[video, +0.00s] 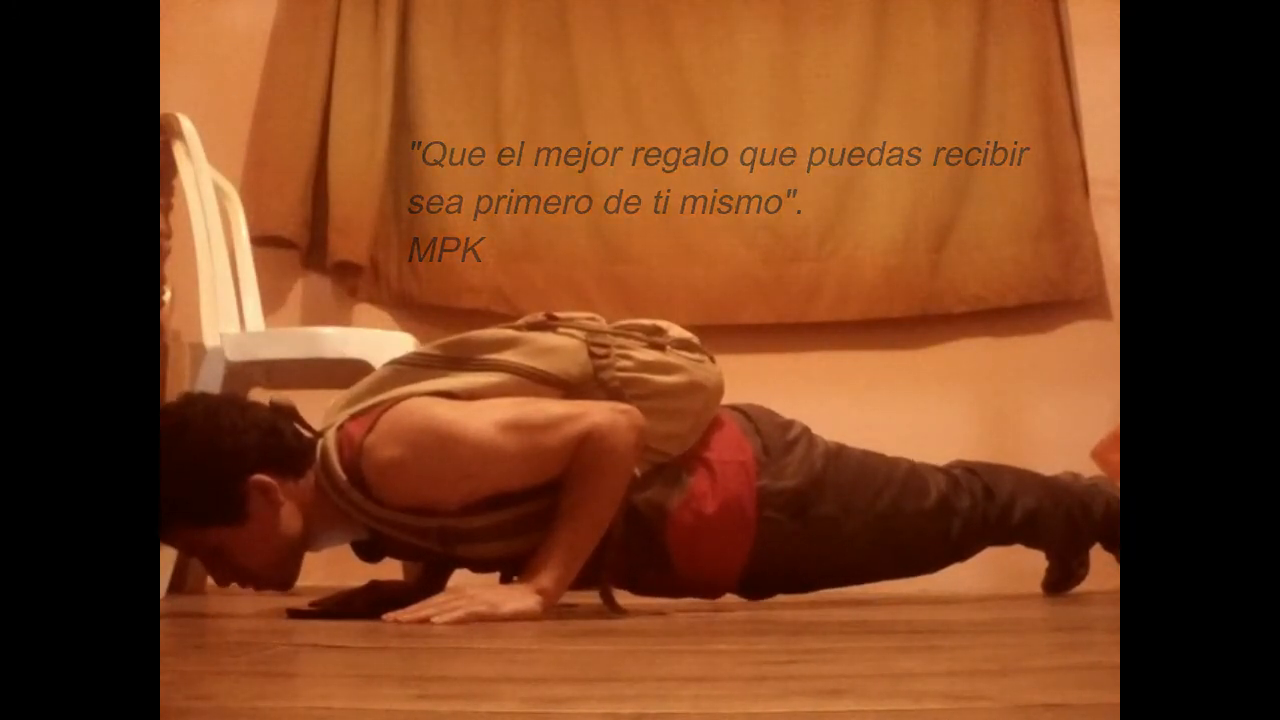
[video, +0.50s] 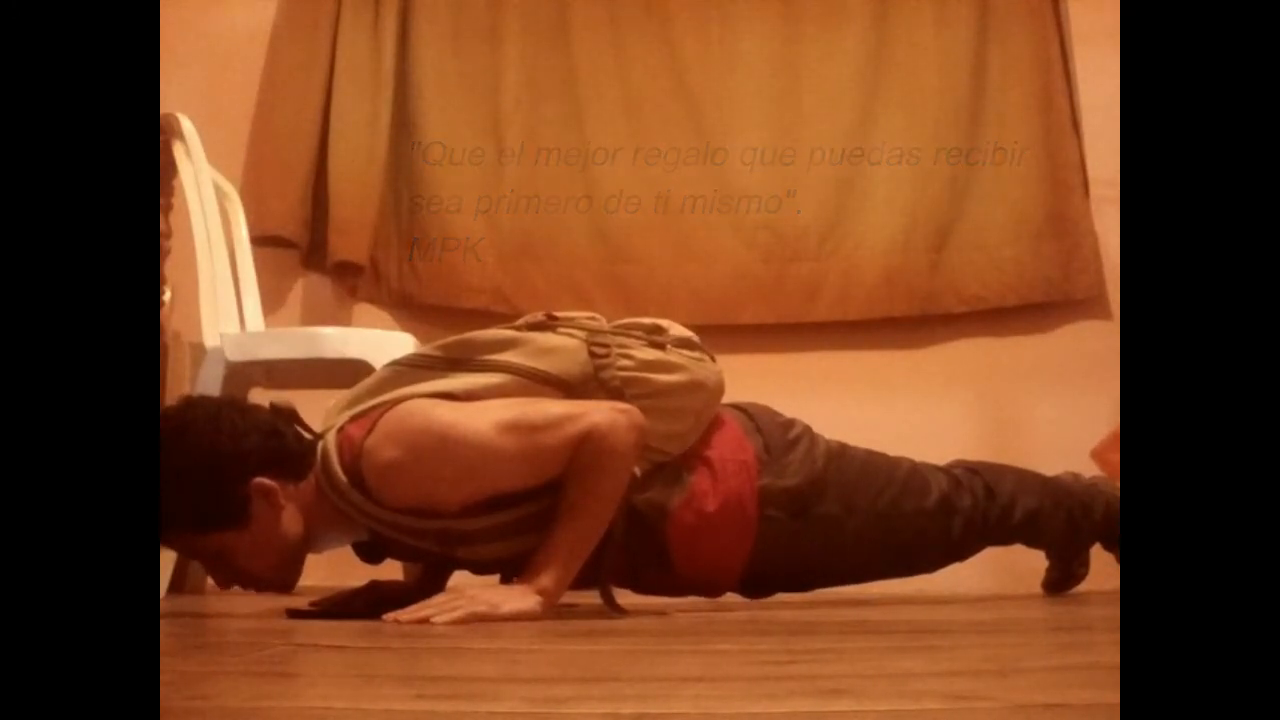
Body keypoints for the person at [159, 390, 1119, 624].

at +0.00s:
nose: (211, 577)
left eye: (206, 551)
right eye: (194, 559)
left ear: (261, 496)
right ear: (259, 482)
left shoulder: (395, 454)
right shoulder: (354, 460)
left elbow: (609, 438)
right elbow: (476, 529)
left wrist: (539, 590)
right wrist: (391, 586)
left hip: (738, 496)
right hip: (712, 501)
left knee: (947, 508)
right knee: (926, 506)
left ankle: (1096, 506)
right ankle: (1080, 504)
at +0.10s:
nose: (212, 577)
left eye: (207, 551)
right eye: (195, 559)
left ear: (261, 495)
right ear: (259, 482)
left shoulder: (394, 455)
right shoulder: (354, 459)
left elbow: (610, 438)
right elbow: (477, 528)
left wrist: (540, 590)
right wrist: (391, 586)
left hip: (737, 497)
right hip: (713, 499)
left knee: (947, 509)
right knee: (926, 506)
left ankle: (1095, 506)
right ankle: (1080, 505)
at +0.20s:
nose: (212, 577)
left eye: (207, 551)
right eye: (196, 560)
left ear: (261, 497)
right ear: (259, 483)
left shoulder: (394, 455)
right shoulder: (353, 460)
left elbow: (609, 438)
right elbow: (478, 528)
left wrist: (540, 589)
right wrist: (391, 586)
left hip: (738, 495)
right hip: (712, 499)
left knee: (949, 508)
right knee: (927, 505)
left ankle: (1095, 506)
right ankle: (1080, 504)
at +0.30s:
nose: (212, 577)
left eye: (207, 551)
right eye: (195, 559)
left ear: (261, 497)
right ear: (259, 483)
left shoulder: (394, 455)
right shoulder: (352, 460)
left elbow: (609, 438)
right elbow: (477, 527)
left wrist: (540, 589)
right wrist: (391, 586)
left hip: (737, 495)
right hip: (711, 498)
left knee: (947, 509)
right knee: (925, 505)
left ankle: (1094, 505)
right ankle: (1079, 504)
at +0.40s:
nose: (215, 579)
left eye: (209, 554)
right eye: (198, 563)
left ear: (260, 498)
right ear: (257, 482)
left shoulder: (394, 455)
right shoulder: (352, 464)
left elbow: (608, 438)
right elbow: (474, 530)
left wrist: (540, 589)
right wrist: (386, 587)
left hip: (737, 494)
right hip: (709, 499)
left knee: (946, 510)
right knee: (925, 505)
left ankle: (1094, 505)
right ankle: (1079, 503)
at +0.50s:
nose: (214, 579)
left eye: (208, 554)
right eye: (197, 563)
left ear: (259, 498)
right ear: (257, 482)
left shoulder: (394, 456)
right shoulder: (352, 464)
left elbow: (608, 438)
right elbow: (474, 530)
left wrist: (540, 589)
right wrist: (386, 588)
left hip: (736, 494)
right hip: (708, 500)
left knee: (945, 509)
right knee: (925, 505)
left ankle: (1093, 505)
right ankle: (1078, 503)